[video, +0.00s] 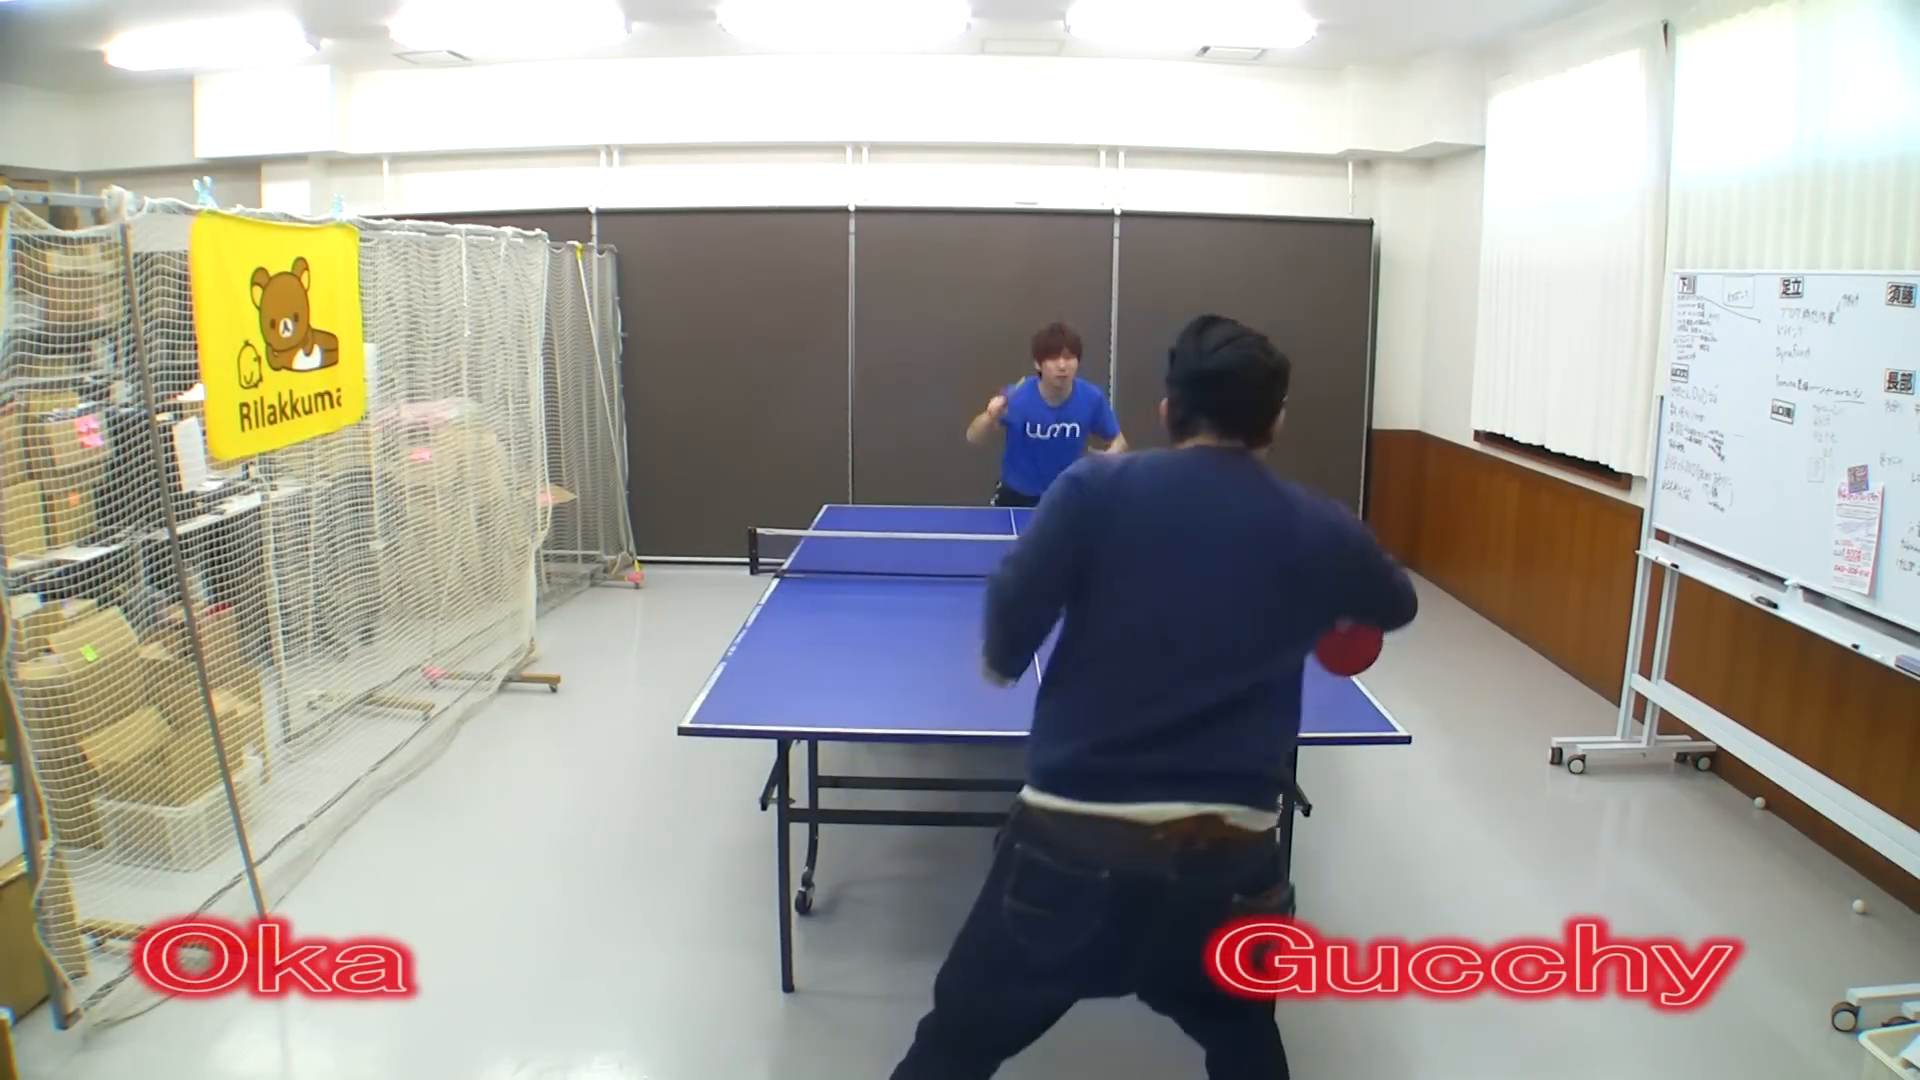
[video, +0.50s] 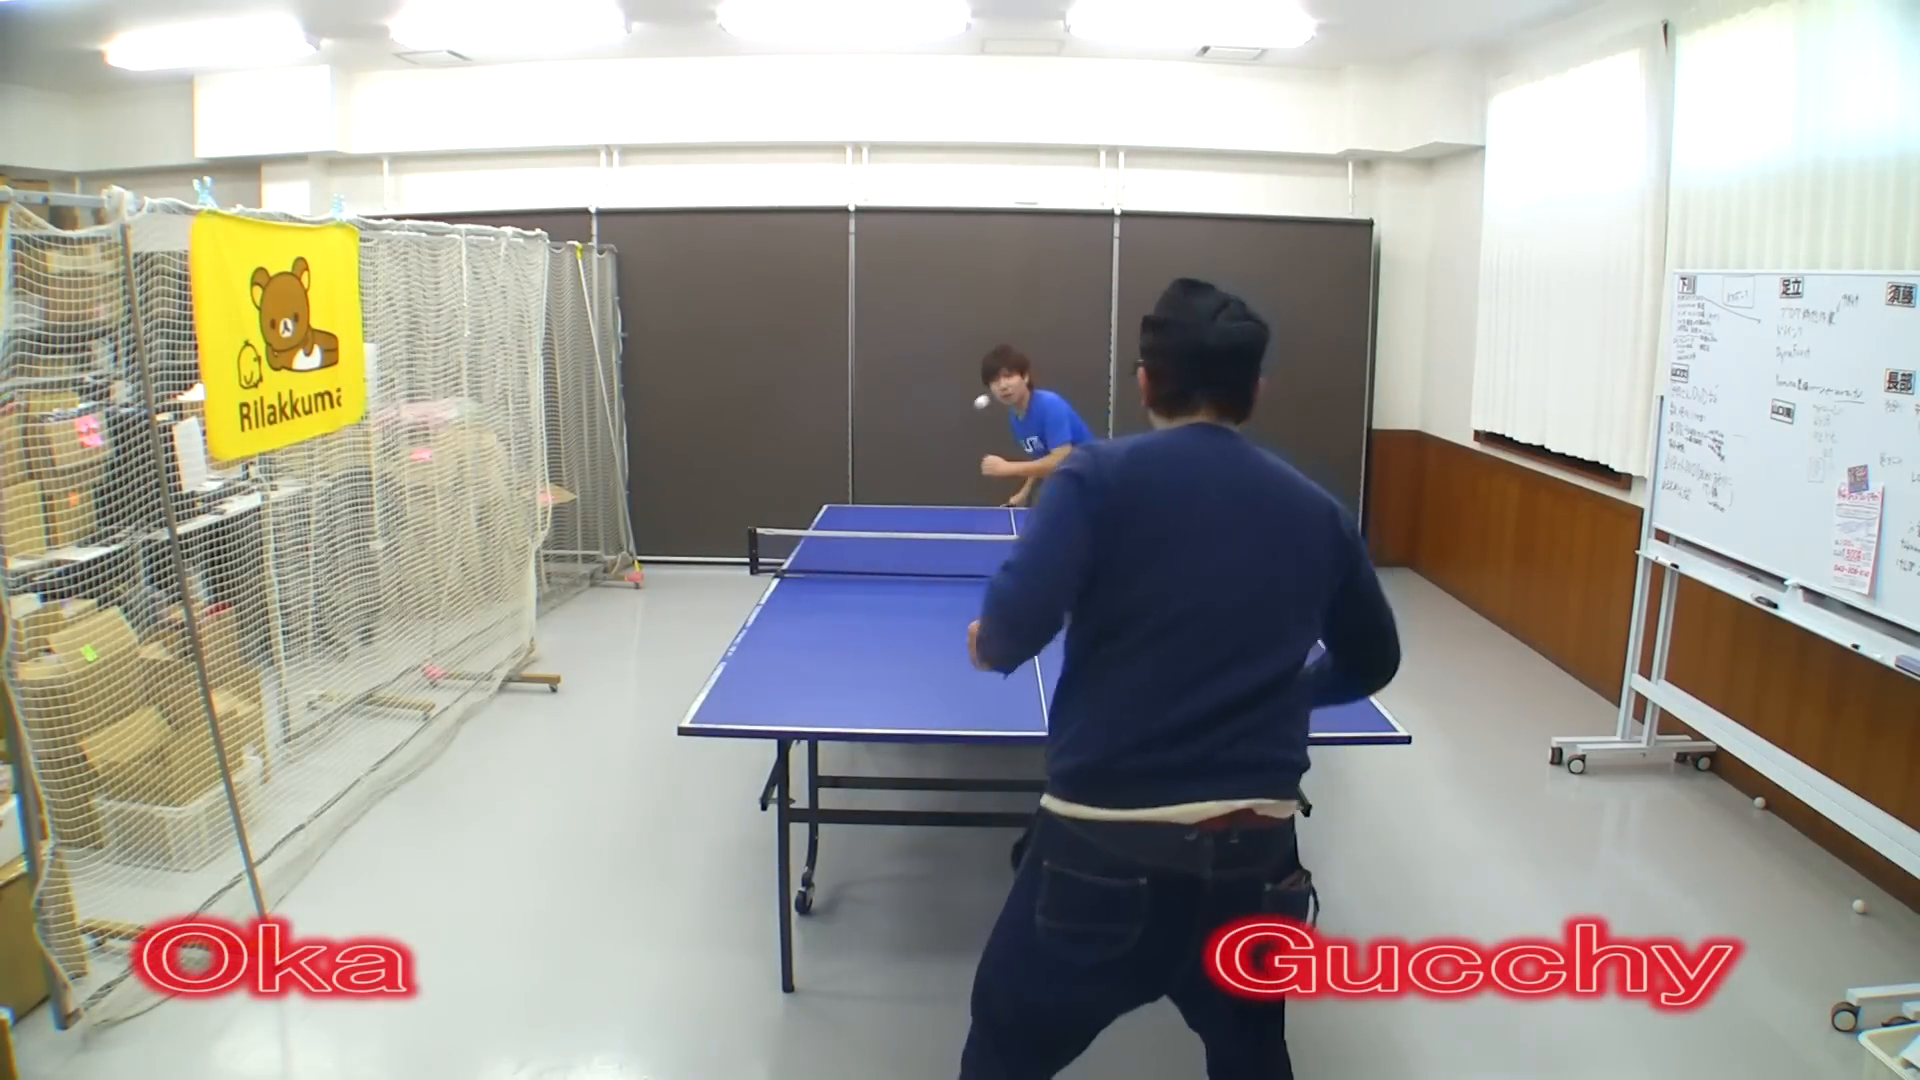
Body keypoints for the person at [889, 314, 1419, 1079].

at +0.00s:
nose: (1158, 404)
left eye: (1162, 394)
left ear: (1170, 406)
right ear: (1273, 422)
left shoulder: (1096, 488)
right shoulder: (1312, 526)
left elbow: (1010, 625)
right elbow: (1397, 603)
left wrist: (1007, 658)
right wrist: (1314, 579)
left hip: (1069, 863)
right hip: (1225, 875)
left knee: (956, 1046)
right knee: (1247, 1048)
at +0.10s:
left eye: (1169, 366)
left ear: (1177, 380)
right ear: (1290, 390)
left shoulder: (1126, 461)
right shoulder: (1336, 497)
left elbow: (1047, 594)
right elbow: (1378, 587)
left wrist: (1022, 632)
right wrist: (1295, 588)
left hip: (1099, 835)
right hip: (1250, 849)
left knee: (969, 1017)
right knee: (1252, 1042)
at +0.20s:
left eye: (1174, 355)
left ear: (1181, 369)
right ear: (1295, 379)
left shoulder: (1148, 446)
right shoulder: (1339, 485)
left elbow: (1094, 555)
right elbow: (1373, 585)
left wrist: (1028, 622)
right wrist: (1295, 620)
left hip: (1123, 824)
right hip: (1267, 841)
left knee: (977, 1010)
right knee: (1258, 1045)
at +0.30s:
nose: (1177, 365)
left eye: (1177, 355)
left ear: (1183, 372)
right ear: (1296, 380)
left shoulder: (1153, 449)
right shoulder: (1339, 488)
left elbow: (1108, 564)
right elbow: (1379, 594)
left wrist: (1027, 622)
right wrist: (1291, 635)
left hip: (1128, 829)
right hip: (1272, 842)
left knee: (991, 1019)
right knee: (1260, 1051)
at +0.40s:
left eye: (1167, 362)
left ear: (1172, 376)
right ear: (1283, 383)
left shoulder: (1137, 459)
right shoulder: (1335, 500)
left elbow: (1089, 580)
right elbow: (1382, 622)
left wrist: (1012, 630)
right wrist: (1284, 655)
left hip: (1121, 845)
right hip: (1268, 852)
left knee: (1003, 1033)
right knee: (1258, 1052)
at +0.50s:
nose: (1140, 376)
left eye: (1140, 366)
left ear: (1145, 383)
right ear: (1257, 390)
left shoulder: (1096, 477)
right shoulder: (1312, 506)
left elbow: (1018, 619)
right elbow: (1371, 657)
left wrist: (989, 644)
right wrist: (1275, 691)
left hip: (1102, 866)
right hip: (1255, 866)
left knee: (1004, 1058)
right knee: (1252, 1055)